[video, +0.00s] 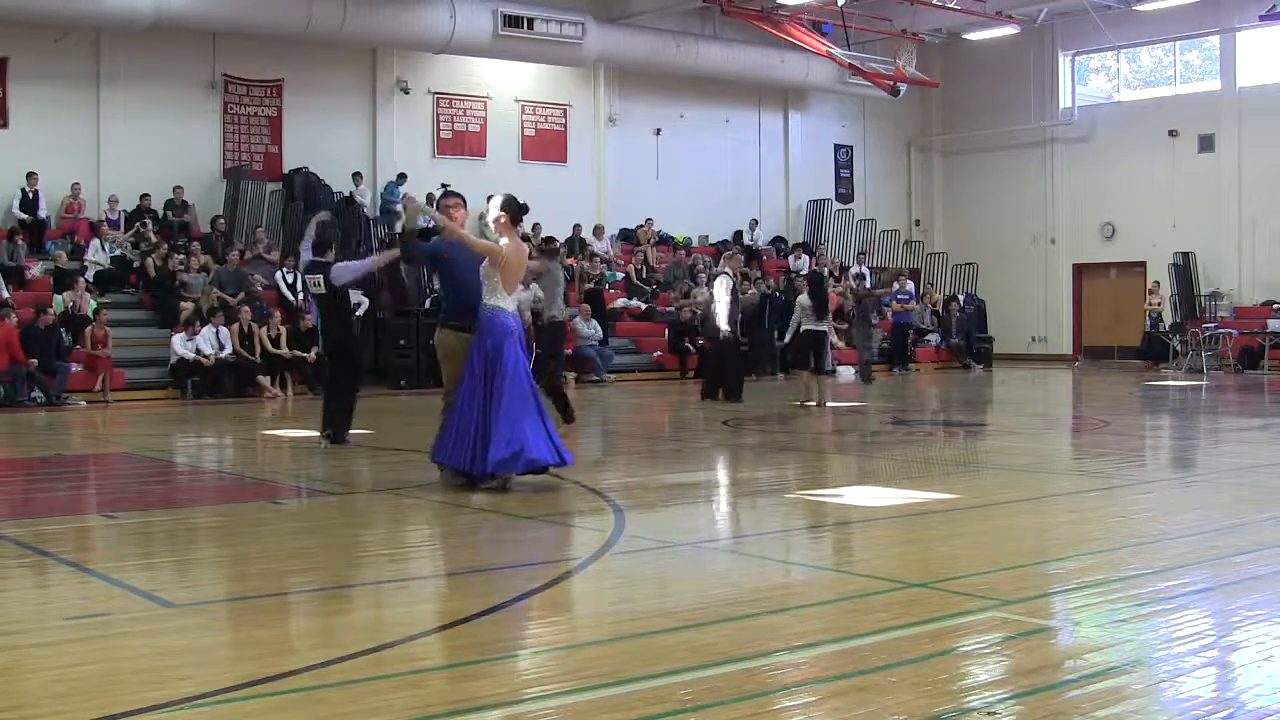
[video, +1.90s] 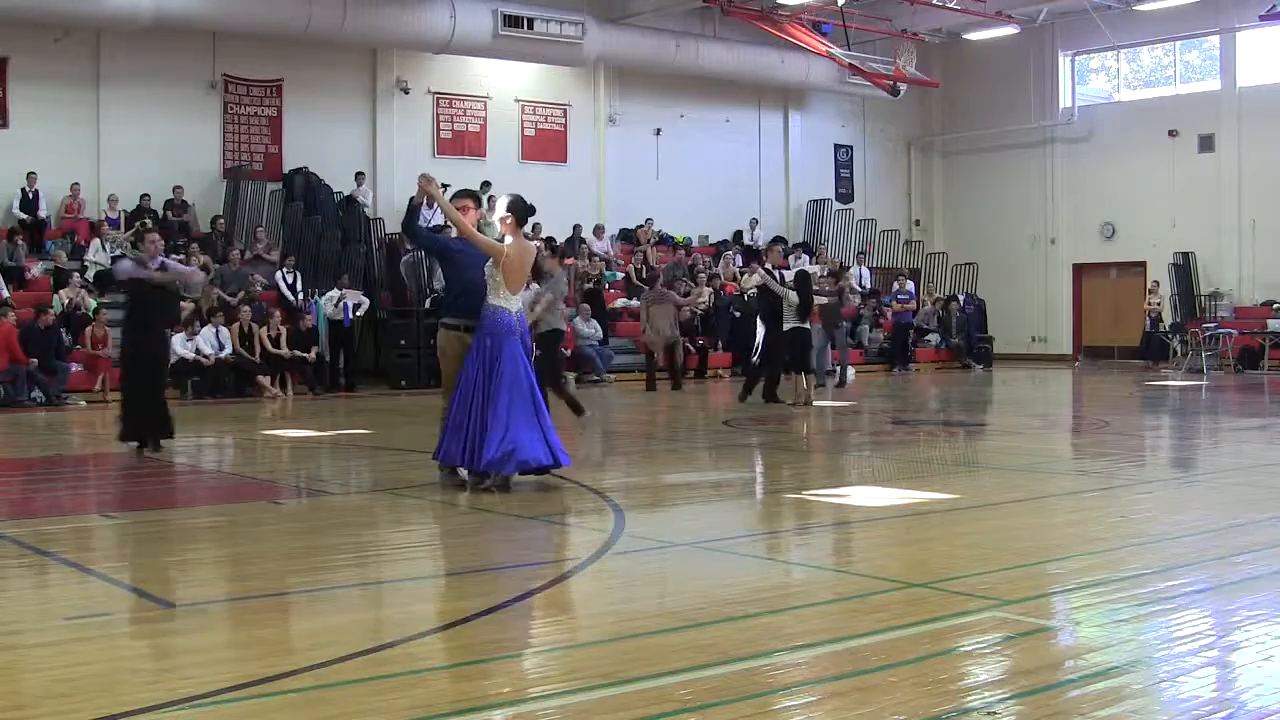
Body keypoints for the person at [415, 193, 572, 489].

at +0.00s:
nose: (487, 216)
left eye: (489, 211)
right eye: (488, 211)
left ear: (503, 218)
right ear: (511, 219)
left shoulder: (502, 250)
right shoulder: (522, 249)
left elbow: (462, 236)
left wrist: (427, 210)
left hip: (494, 321)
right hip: (511, 321)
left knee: (494, 392)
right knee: (506, 391)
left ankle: (498, 464)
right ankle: (503, 460)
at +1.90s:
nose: (494, 216)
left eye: (498, 212)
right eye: (496, 212)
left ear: (509, 219)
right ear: (520, 219)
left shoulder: (502, 250)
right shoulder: (531, 249)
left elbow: (464, 228)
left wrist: (438, 195)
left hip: (496, 322)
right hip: (517, 322)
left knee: (493, 393)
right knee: (510, 393)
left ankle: (493, 463)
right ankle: (504, 462)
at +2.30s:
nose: (499, 226)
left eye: (501, 221)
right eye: (500, 221)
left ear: (513, 222)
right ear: (520, 223)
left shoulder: (505, 251)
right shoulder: (535, 252)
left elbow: (467, 246)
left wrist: (438, 233)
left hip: (499, 325)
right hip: (520, 325)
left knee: (489, 391)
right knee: (512, 394)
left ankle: (485, 461)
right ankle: (506, 461)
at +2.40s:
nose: (496, 227)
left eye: (500, 222)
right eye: (498, 221)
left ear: (512, 224)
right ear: (521, 224)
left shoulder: (503, 253)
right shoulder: (533, 252)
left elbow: (456, 259)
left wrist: (427, 245)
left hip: (500, 328)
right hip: (520, 328)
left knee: (463, 382)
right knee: (510, 394)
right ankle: (505, 460)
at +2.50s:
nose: (494, 231)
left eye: (497, 225)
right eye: (495, 225)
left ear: (509, 227)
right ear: (514, 227)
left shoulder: (503, 257)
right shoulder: (528, 254)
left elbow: (457, 274)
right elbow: (520, 285)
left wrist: (430, 251)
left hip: (500, 330)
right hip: (518, 328)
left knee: (460, 381)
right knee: (512, 394)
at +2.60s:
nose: (487, 226)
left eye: (492, 222)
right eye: (488, 222)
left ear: (506, 226)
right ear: (506, 227)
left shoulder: (505, 258)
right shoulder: (511, 255)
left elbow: (461, 261)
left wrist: (432, 233)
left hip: (500, 335)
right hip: (505, 332)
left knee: (458, 392)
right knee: (506, 399)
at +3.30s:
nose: (465, 223)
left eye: (472, 219)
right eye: (465, 218)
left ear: (487, 225)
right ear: (467, 222)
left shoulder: (480, 253)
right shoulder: (469, 249)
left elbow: (439, 244)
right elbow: (437, 241)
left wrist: (403, 221)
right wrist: (406, 225)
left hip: (476, 331)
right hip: (474, 328)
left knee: (465, 398)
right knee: (491, 397)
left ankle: (464, 469)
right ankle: (509, 465)